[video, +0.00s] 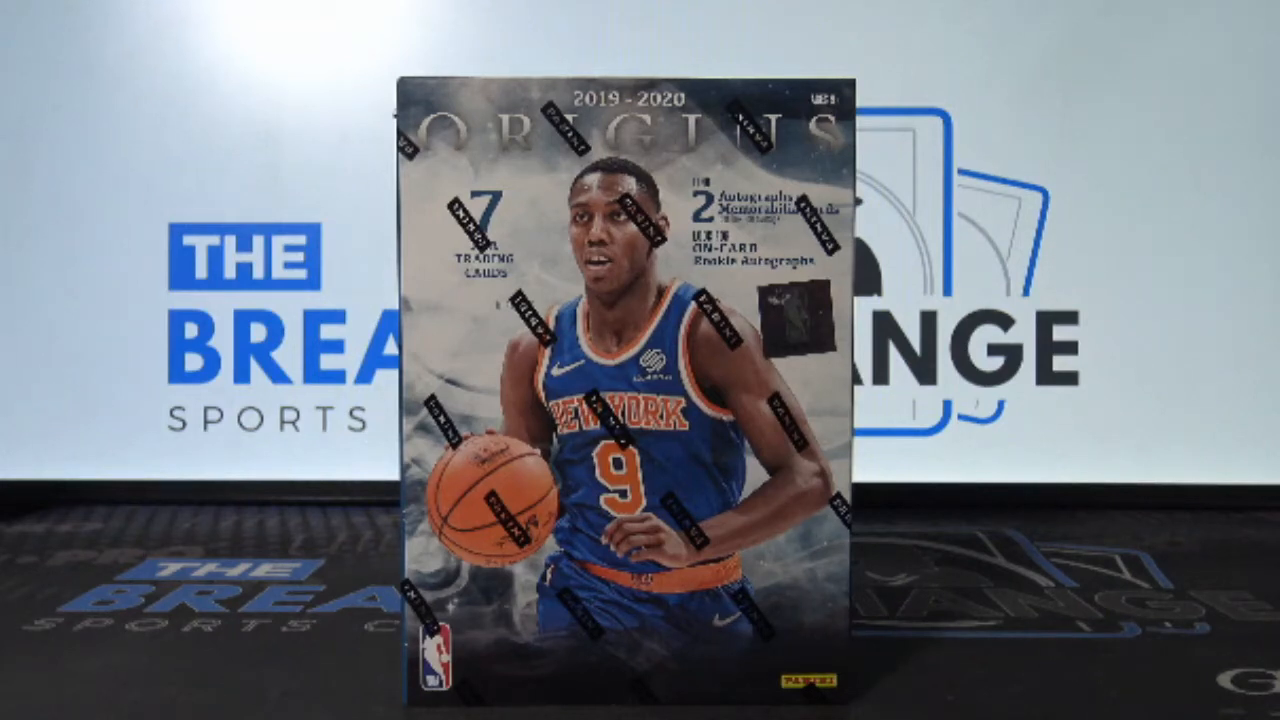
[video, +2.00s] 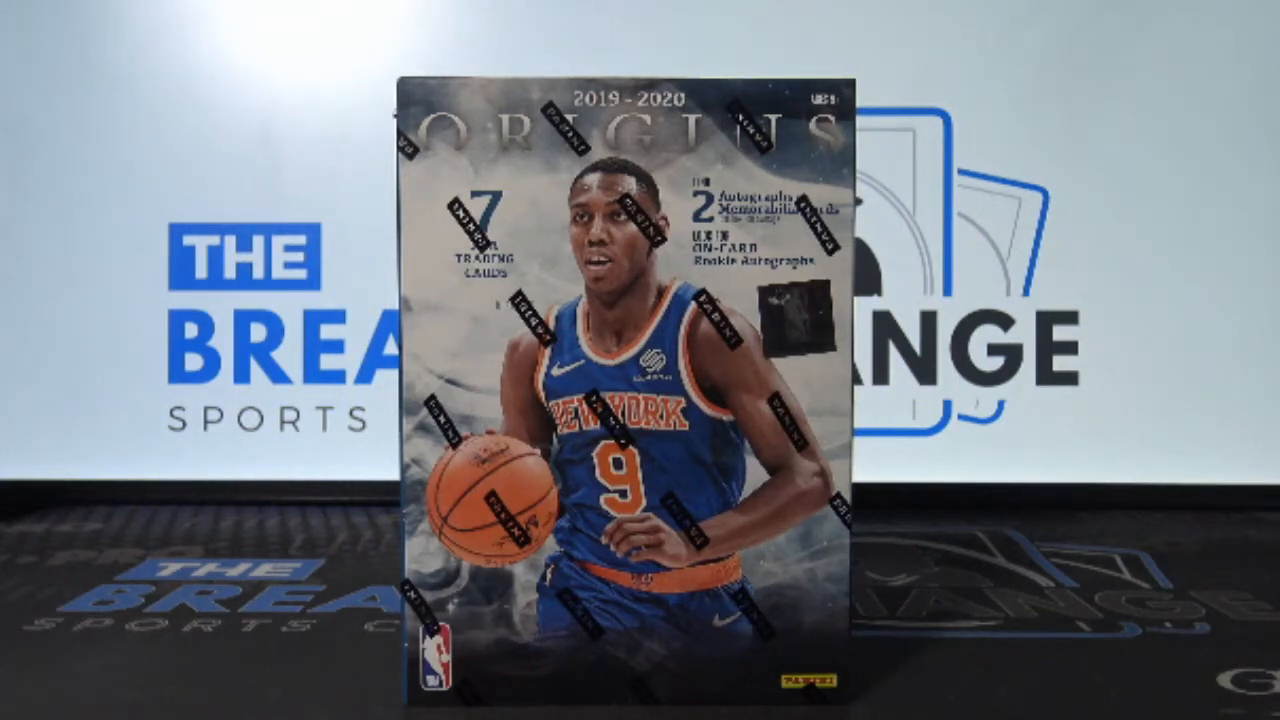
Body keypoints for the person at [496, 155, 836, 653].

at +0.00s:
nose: (595, 235)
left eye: (618, 216)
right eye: (581, 218)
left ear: (657, 230)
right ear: (569, 232)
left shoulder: (711, 334)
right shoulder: (534, 353)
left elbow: (809, 476)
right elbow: (526, 489)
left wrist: (695, 542)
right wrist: (476, 472)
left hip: (698, 612)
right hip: (582, 606)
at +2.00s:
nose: (595, 235)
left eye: (618, 216)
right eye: (581, 218)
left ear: (657, 230)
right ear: (569, 232)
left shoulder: (712, 334)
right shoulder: (534, 353)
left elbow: (809, 476)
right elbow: (526, 487)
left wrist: (695, 542)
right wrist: (477, 471)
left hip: (698, 613)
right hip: (583, 606)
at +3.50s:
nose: (595, 234)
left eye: (617, 216)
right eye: (582, 218)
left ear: (657, 230)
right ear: (570, 231)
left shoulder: (712, 334)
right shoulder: (534, 352)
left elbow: (809, 476)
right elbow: (525, 486)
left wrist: (694, 543)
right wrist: (479, 468)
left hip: (697, 613)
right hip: (583, 606)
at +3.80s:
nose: (595, 234)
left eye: (617, 216)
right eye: (582, 218)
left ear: (657, 229)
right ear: (569, 231)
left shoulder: (713, 334)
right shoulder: (534, 352)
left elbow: (809, 476)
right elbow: (525, 487)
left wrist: (694, 544)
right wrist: (478, 468)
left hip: (697, 611)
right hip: (583, 604)